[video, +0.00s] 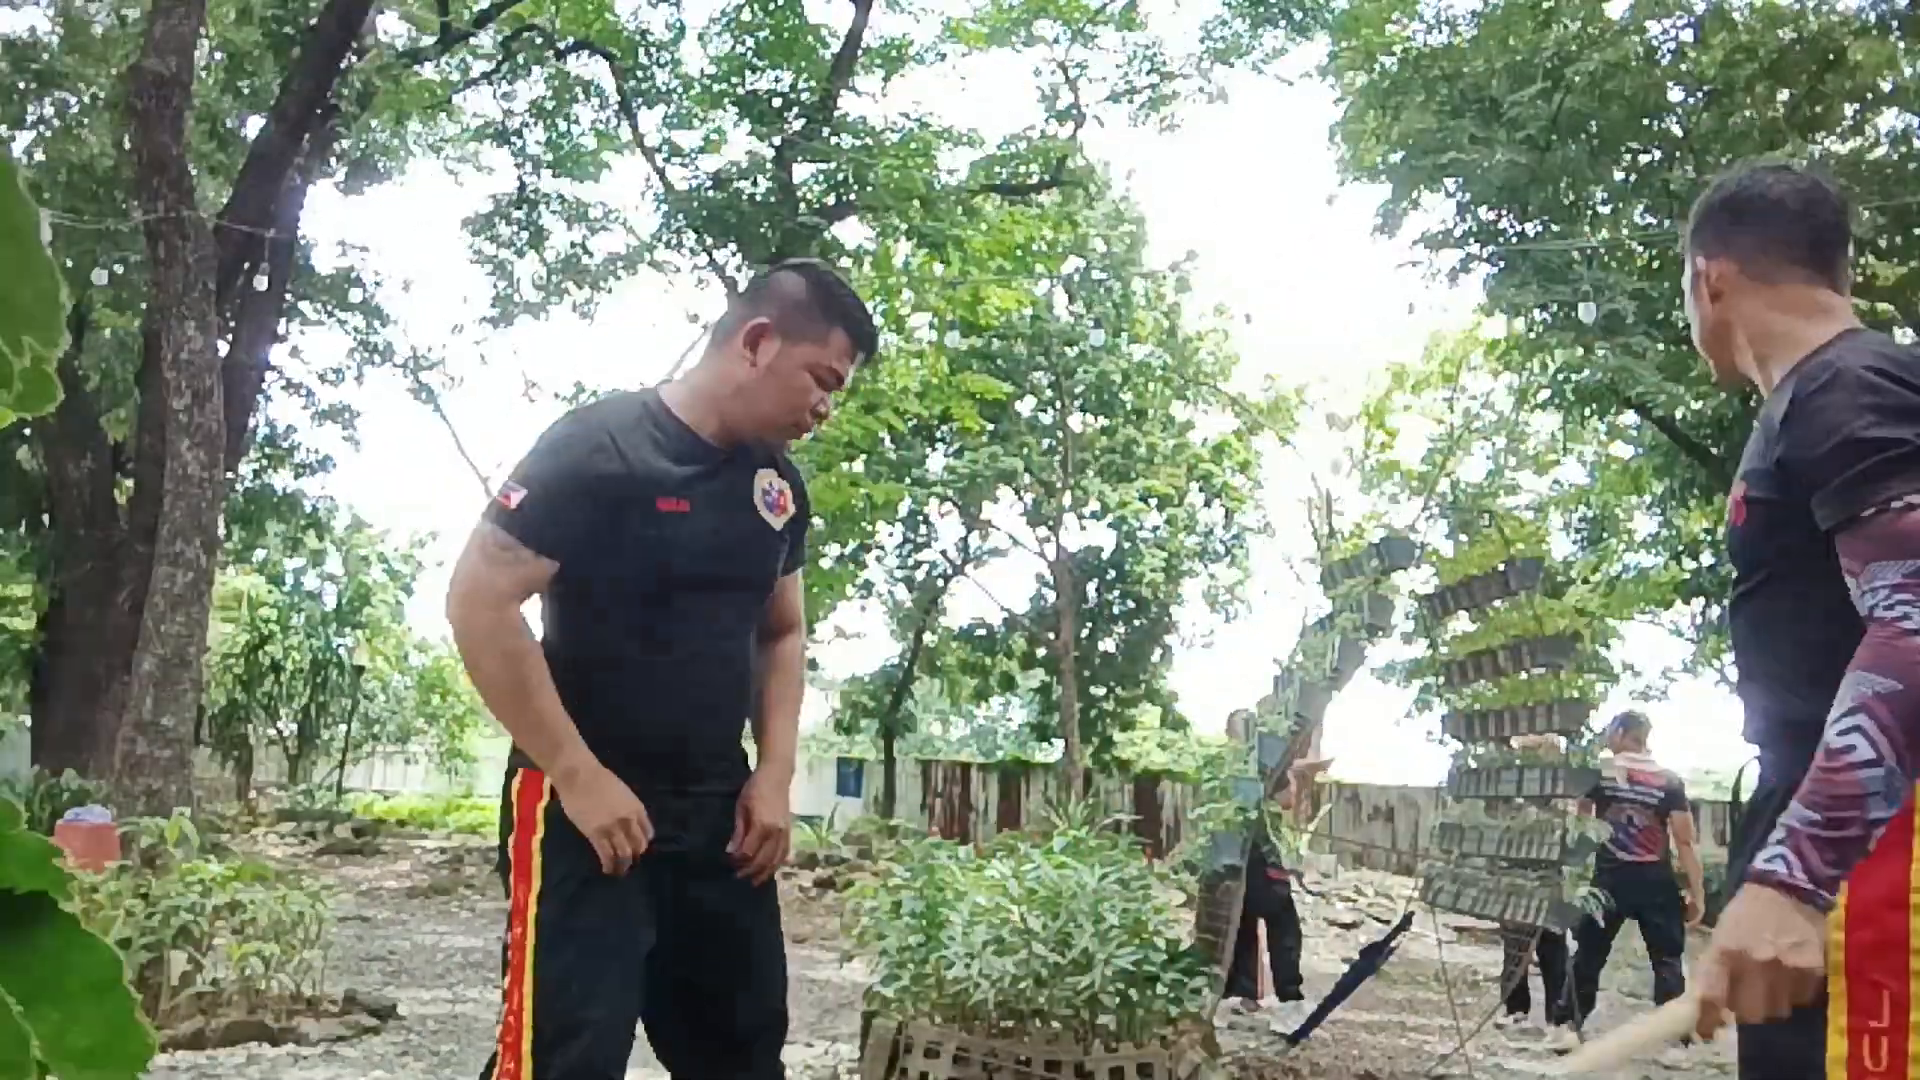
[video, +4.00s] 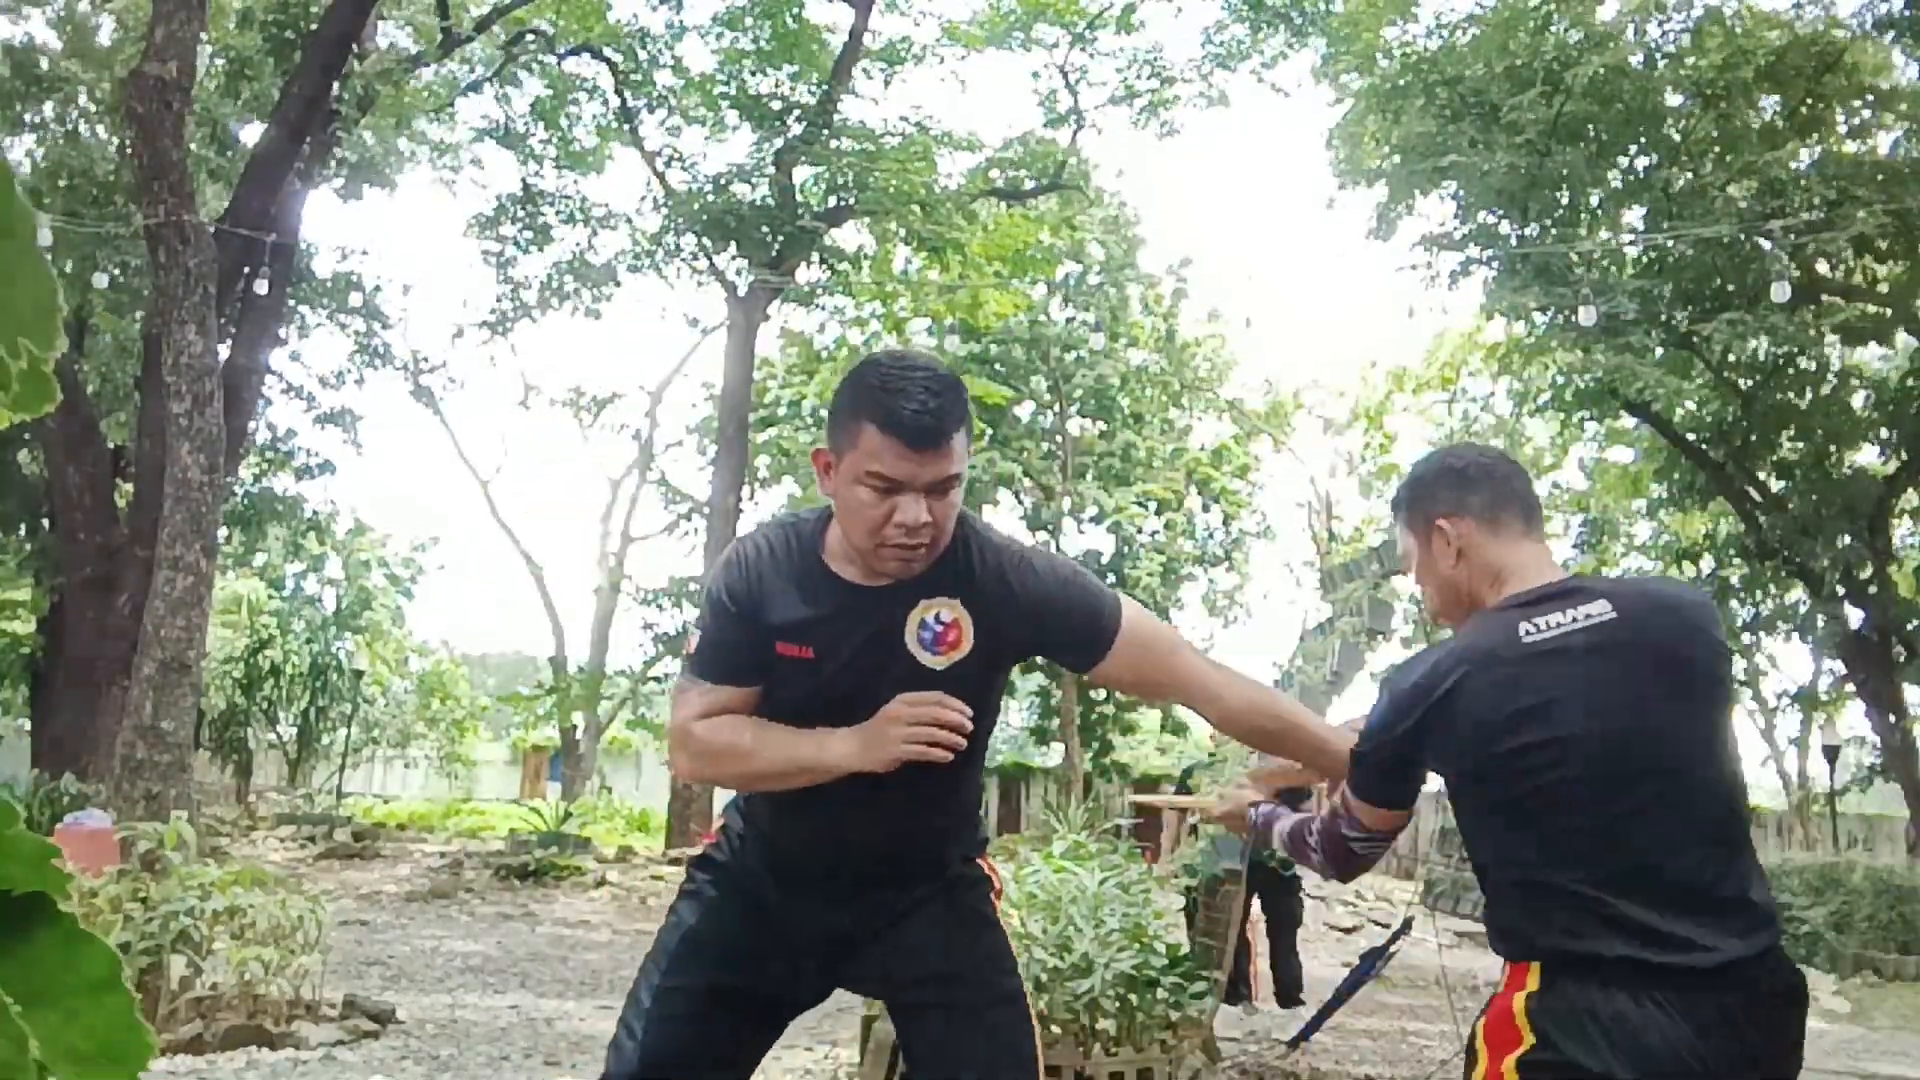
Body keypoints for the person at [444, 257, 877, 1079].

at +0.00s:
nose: (824, 409)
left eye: (836, 392)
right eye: (821, 379)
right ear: (756, 343)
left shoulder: (775, 482)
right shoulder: (596, 443)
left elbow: (781, 632)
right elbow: (479, 600)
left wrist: (775, 769)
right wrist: (573, 771)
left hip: (717, 826)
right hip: (582, 819)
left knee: (742, 1061)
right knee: (566, 1062)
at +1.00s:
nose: (973, 786)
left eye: (988, 773)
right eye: (985, 764)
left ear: (949, 722)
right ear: (953, 721)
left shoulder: (854, 795)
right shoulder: (844, 716)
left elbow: (795, 914)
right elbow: (688, 772)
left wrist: (806, 1050)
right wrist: (676, 929)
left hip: (665, 853)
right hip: (584, 822)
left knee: (728, 1025)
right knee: (621, 1037)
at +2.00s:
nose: (726, 399)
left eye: (731, 382)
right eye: (713, 372)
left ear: (650, 365)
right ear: (644, 358)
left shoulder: (625, 472)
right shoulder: (581, 446)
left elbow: (612, 633)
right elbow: (572, 600)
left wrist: (710, 671)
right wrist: (691, 656)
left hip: (581, 788)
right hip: (529, 786)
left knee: (552, 1046)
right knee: (516, 1050)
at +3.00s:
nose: (1113, 496)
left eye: (1123, 475)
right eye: (1095, 469)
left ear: (1127, 474)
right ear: (1008, 453)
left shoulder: (1113, 548)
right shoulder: (891, 558)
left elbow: (1286, 503)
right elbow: (869, 744)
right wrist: (1053, 723)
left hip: (969, 900)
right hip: (805, 891)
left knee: (1067, 1065)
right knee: (678, 1066)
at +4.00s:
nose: (915, 518)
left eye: (940, 489)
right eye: (886, 488)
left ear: (966, 474)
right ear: (827, 470)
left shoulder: (1003, 581)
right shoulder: (759, 571)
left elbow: (1191, 678)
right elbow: (692, 746)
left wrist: (1359, 768)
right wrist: (852, 745)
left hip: (931, 894)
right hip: (763, 883)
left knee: (993, 1066)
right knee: (647, 1064)